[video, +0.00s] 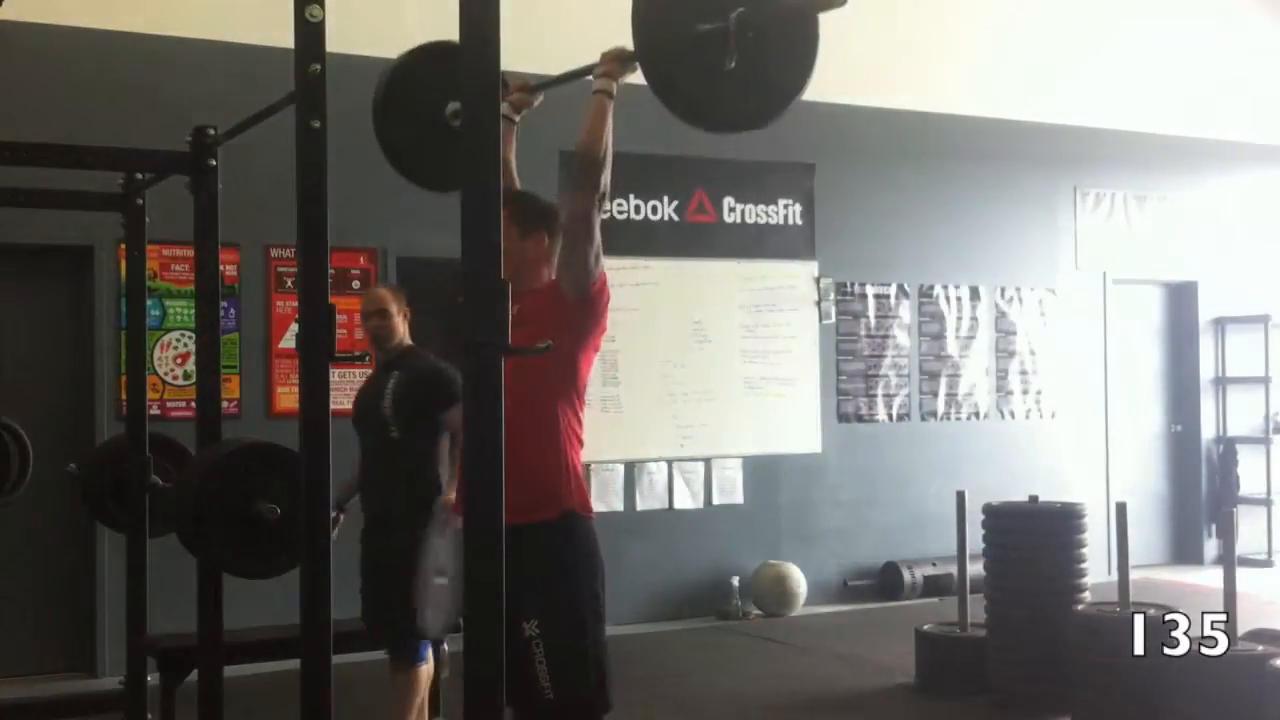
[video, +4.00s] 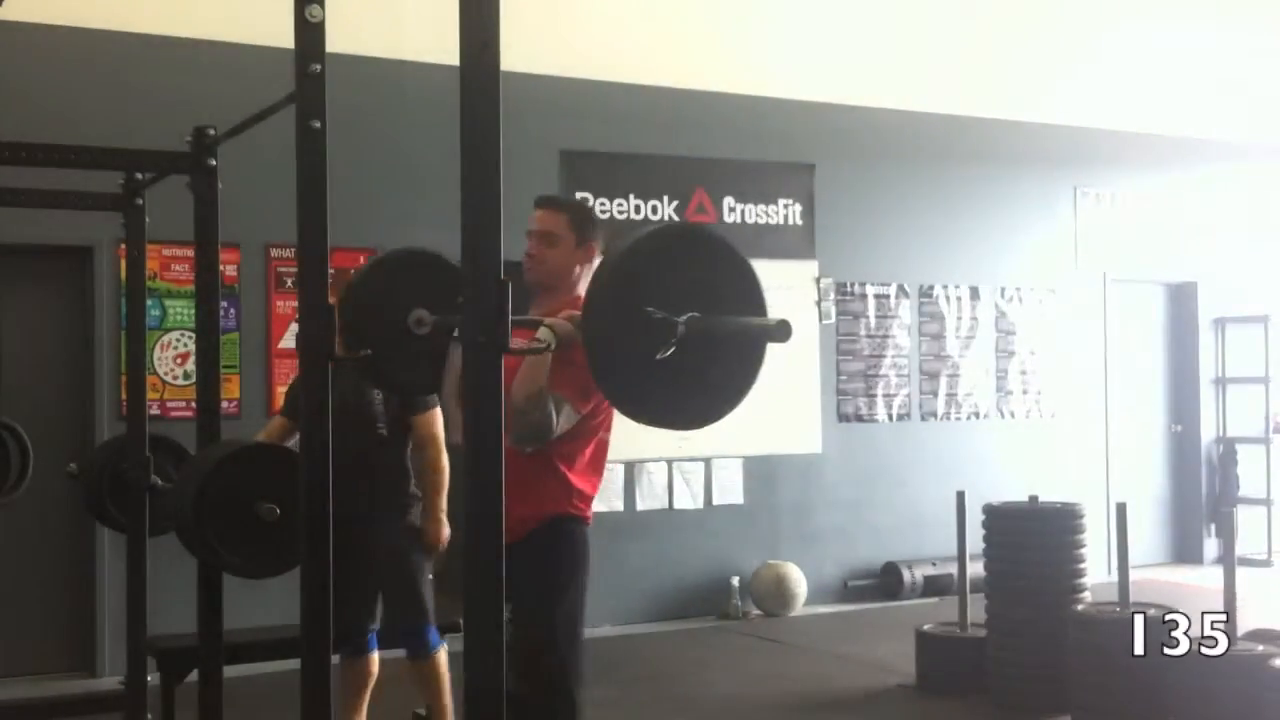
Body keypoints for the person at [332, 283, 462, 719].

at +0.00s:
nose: (373, 325)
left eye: (382, 315)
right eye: (366, 318)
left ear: (405, 317)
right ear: (361, 325)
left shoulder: (434, 374)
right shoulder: (371, 385)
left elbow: (462, 434)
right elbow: (371, 459)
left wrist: (456, 489)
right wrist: (338, 502)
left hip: (426, 516)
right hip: (383, 518)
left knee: (413, 629)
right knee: (395, 627)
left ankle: (407, 717)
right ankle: (422, 714)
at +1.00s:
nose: (331, 327)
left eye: (335, 316)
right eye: (328, 318)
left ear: (363, 310)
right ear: (352, 315)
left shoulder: (387, 364)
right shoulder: (357, 369)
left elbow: (397, 428)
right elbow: (348, 430)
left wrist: (332, 452)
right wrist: (325, 451)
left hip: (387, 517)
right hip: (359, 515)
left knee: (386, 644)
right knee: (361, 644)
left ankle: (394, 719)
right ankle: (369, 717)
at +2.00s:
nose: (315, 331)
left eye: (321, 319)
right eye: (311, 321)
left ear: (342, 315)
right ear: (327, 318)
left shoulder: (369, 366)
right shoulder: (327, 370)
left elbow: (382, 436)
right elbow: (326, 438)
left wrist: (319, 474)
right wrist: (299, 478)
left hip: (374, 513)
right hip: (344, 511)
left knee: (377, 646)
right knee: (360, 645)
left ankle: (388, 718)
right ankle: (368, 717)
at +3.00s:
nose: (285, 331)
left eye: (292, 321)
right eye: (282, 322)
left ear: (317, 319)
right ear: (287, 325)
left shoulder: (352, 366)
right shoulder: (316, 371)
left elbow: (368, 431)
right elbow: (287, 425)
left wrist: (305, 476)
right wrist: (246, 463)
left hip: (371, 519)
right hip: (339, 519)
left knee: (376, 649)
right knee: (350, 649)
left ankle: (389, 719)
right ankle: (363, 717)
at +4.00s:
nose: (339, 322)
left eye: (347, 310)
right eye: (333, 311)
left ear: (374, 313)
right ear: (325, 316)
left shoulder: (404, 368)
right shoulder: (319, 374)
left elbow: (431, 443)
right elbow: (278, 430)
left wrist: (437, 514)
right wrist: (239, 476)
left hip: (400, 521)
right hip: (340, 522)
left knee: (421, 636)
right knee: (354, 640)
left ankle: (442, 716)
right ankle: (352, 716)